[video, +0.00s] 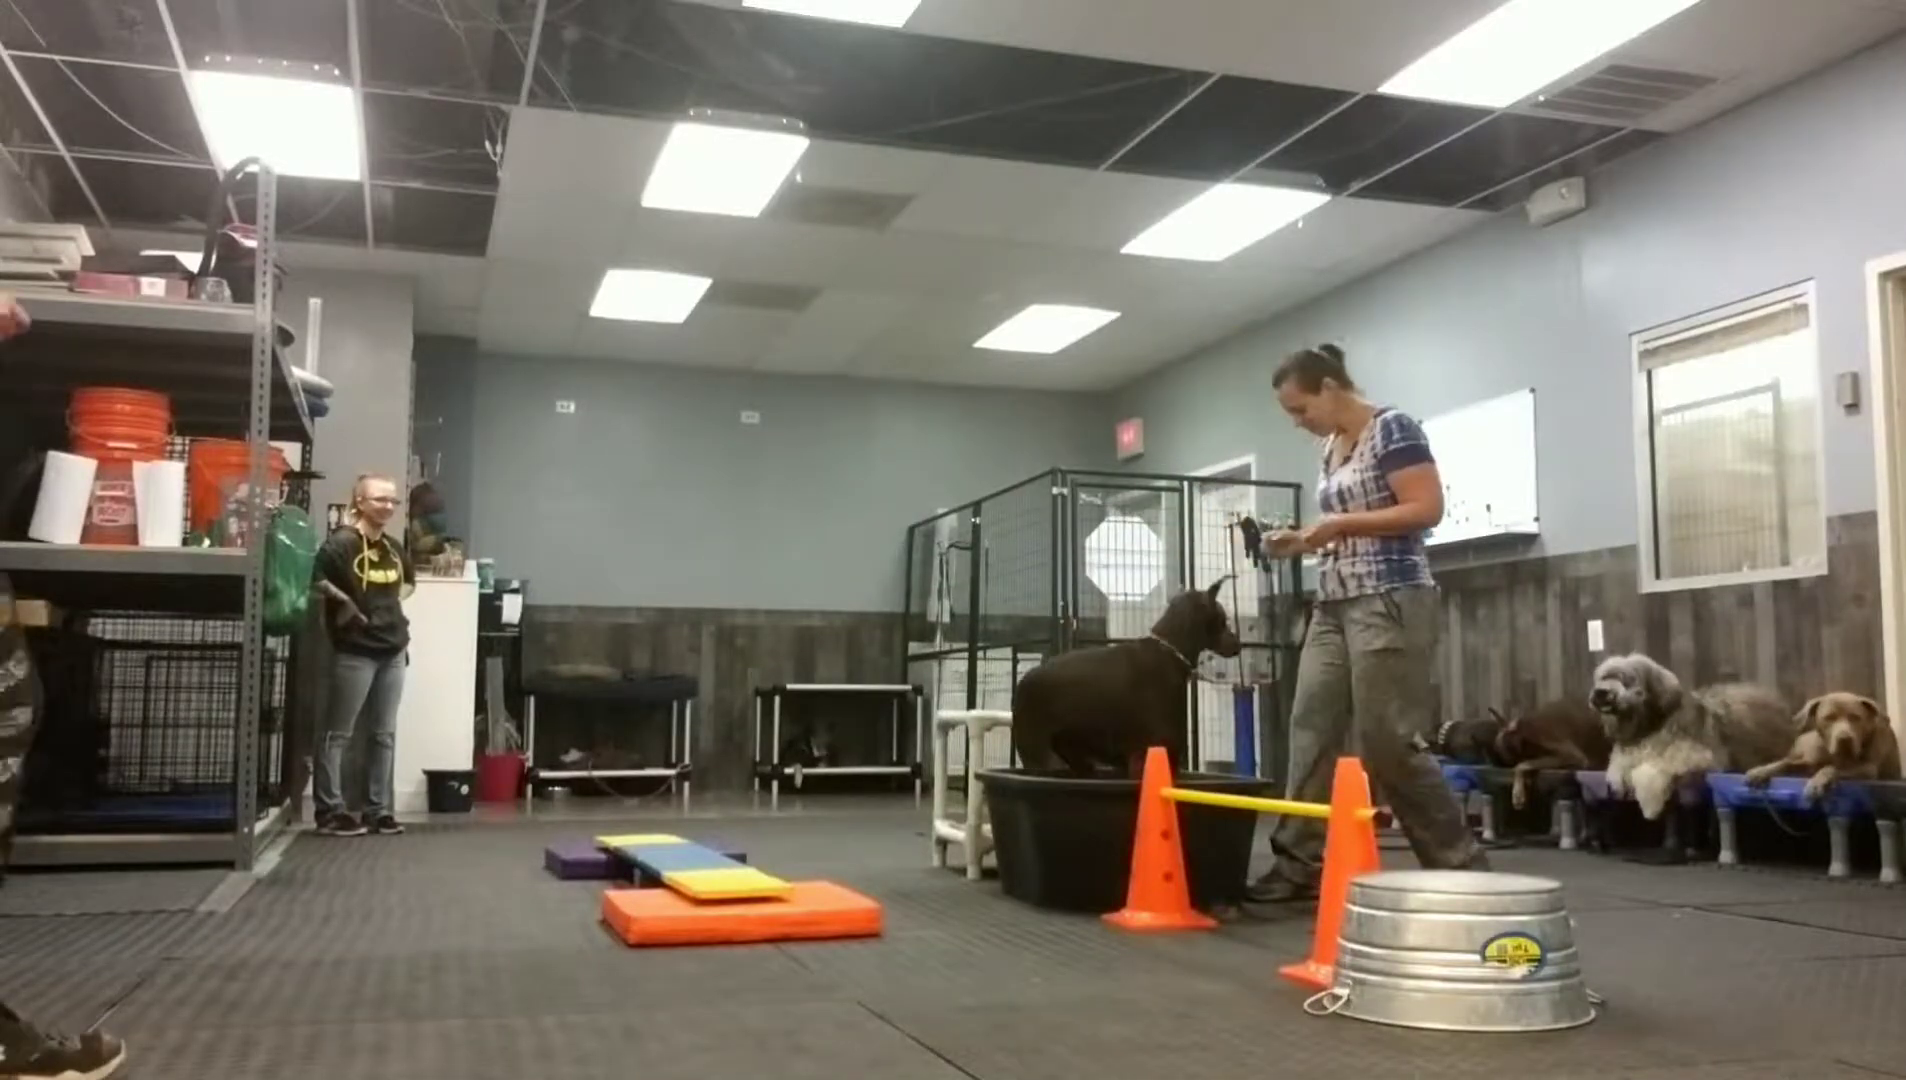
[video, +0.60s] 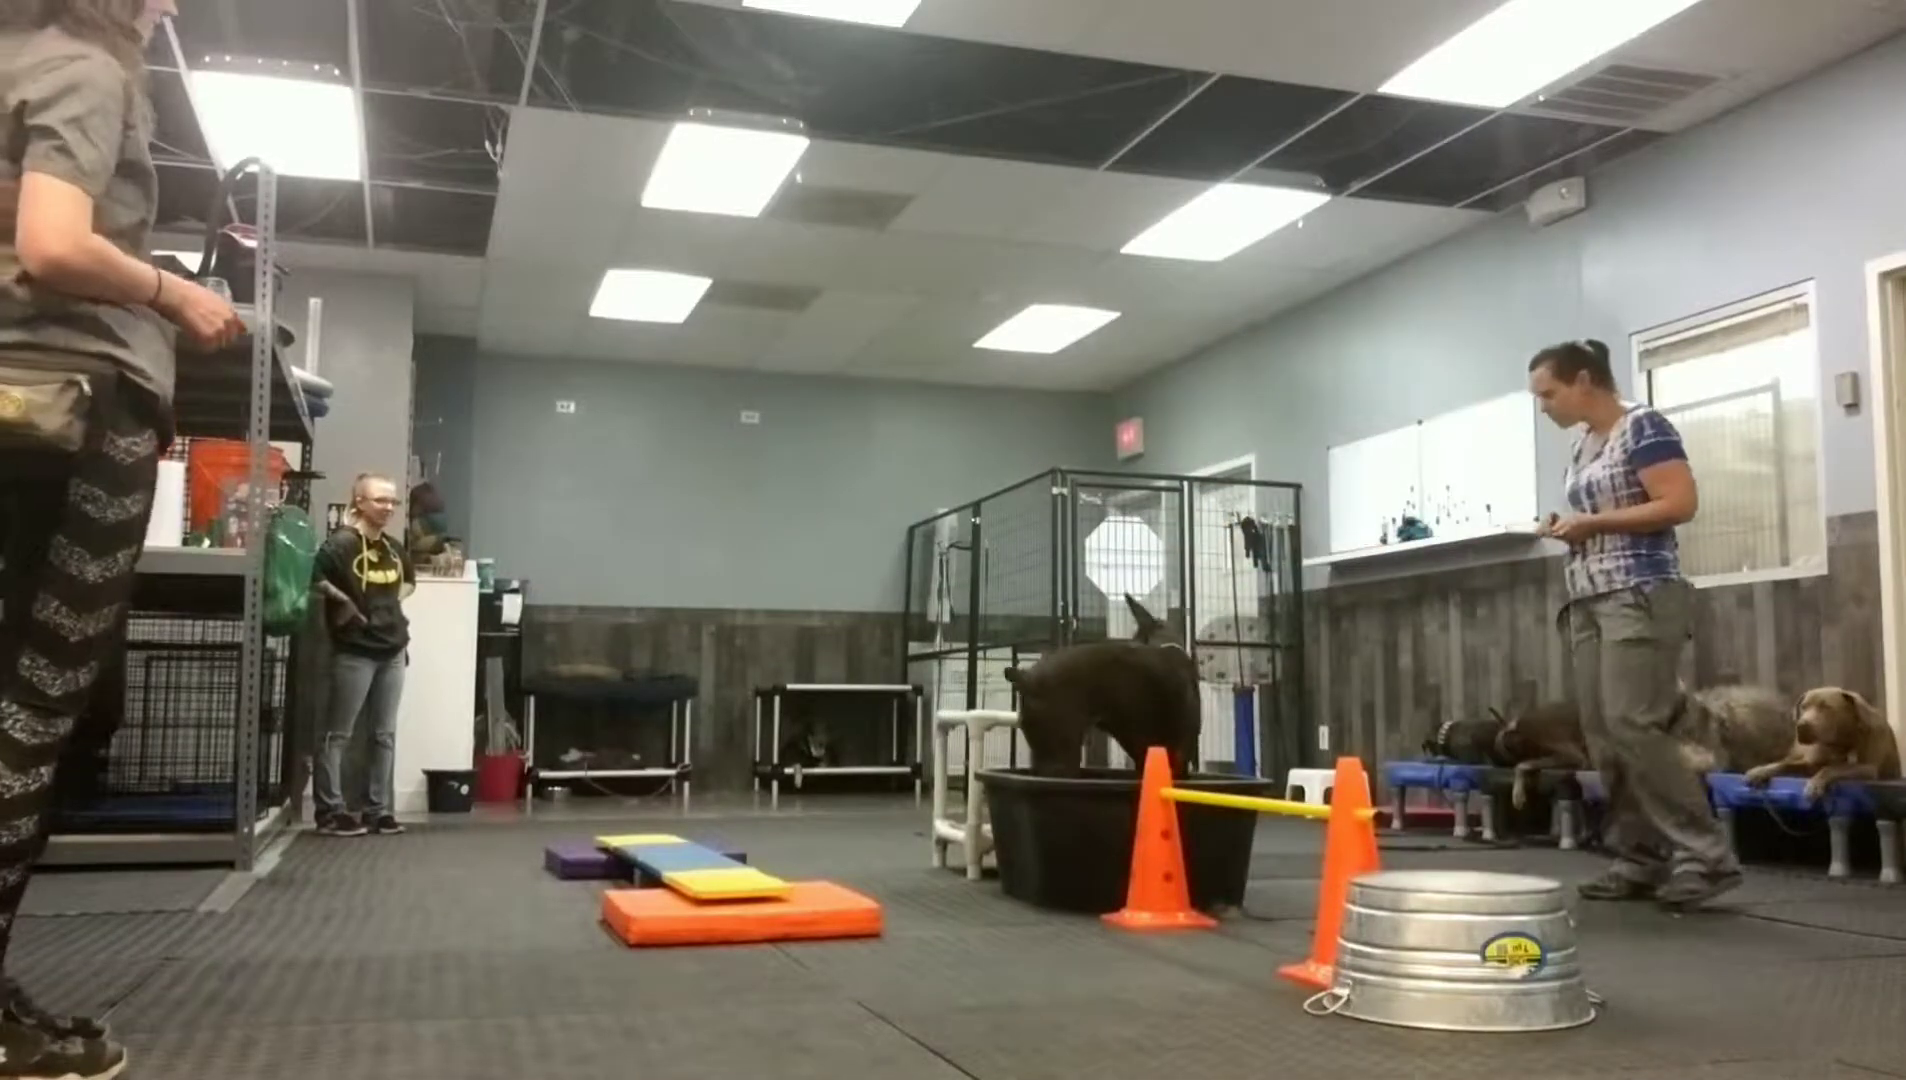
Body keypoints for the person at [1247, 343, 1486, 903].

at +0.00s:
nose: (1300, 423)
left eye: (1300, 409)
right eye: (1293, 414)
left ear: (1330, 388)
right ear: (1321, 398)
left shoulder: (1392, 427)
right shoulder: (1332, 456)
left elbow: (1427, 509)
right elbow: (1349, 531)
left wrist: (1341, 523)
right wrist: (1300, 542)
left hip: (1388, 602)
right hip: (1336, 607)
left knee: (1387, 740)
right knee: (1311, 729)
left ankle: (1462, 867)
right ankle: (1298, 867)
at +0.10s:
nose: (1347, 418)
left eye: (1348, 404)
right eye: (1341, 408)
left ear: (1379, 384)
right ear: (1374, 391)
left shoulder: (1438, 428)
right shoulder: (1391, 449)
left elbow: (1470, 505)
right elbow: (1418, 520)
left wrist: (1388, 525)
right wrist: (1375, 530)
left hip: (1439, 600)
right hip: (1392, 605)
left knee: (1431, 742)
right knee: (1358, 720)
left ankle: (1463, 869)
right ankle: (1356, 862)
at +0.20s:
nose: (1394, 411)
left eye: (1395, 397)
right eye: (1388, 401)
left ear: (1428, 379)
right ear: (1424, 386)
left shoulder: (1482, 423)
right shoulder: (1437, 445)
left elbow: (1512, 500)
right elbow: (1464, 516)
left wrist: (1429, 522)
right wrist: (1418, 526)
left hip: (1481, 595)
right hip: (1440, 600)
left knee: (1463, 728)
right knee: (1420, 718)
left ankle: (1469, 862)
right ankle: (1521, 819)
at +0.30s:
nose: (1440, 416)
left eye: (1441, 404)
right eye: (1435, 408)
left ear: (1473, 386)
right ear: (1471, 391)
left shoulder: (1529, 433)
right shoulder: (1485, 451)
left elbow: (1562, 511)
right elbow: (1512, 521)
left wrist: (1481, 528)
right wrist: (1468, 531)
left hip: (1533, 604)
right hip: (1507, 607)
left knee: (1495, 734)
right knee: (1533, 740)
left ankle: (1469, 865)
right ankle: (1622, 849)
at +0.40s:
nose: (1481, 423)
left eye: (1482, 410)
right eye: (1476, 414)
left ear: (1514, 393)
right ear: (1510, 399)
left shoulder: (1576, 433)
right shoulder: (1522, 460)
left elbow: (1619, 508)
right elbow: (1554, 529)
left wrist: (1536, 533)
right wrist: (1511, 537)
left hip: (1589, 607)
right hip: (1546, 613)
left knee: (1547, 733)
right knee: (1577, 744)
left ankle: (1495, 850)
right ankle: (1641, 866)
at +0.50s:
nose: (1517, 416)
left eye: (1518, 403)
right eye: (1512, 407)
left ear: (1549, 385)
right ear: (1546, 391)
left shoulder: (1613, 426)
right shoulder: (1554, 454)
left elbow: (1656, 501)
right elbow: (1583, 523)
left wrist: (1570, 524)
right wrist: (1542, 528)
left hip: (1622, 598)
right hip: (1575, 607)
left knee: (1580, 714)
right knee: (1600, 727)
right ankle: (1643, 859)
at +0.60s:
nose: (1544, 407)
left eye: (1548, 394)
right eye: (1540, 398)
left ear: (1584, 381)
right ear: (1574, 389)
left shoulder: (1642, 426)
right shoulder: (1581, 456)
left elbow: (1679, 503)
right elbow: (1601, 528)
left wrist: (1593, 522)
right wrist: (1567, 529)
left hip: (1641, 600)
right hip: (1590, 606)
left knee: (1634, 726)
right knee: (1604, 734)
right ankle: (1640, 858)